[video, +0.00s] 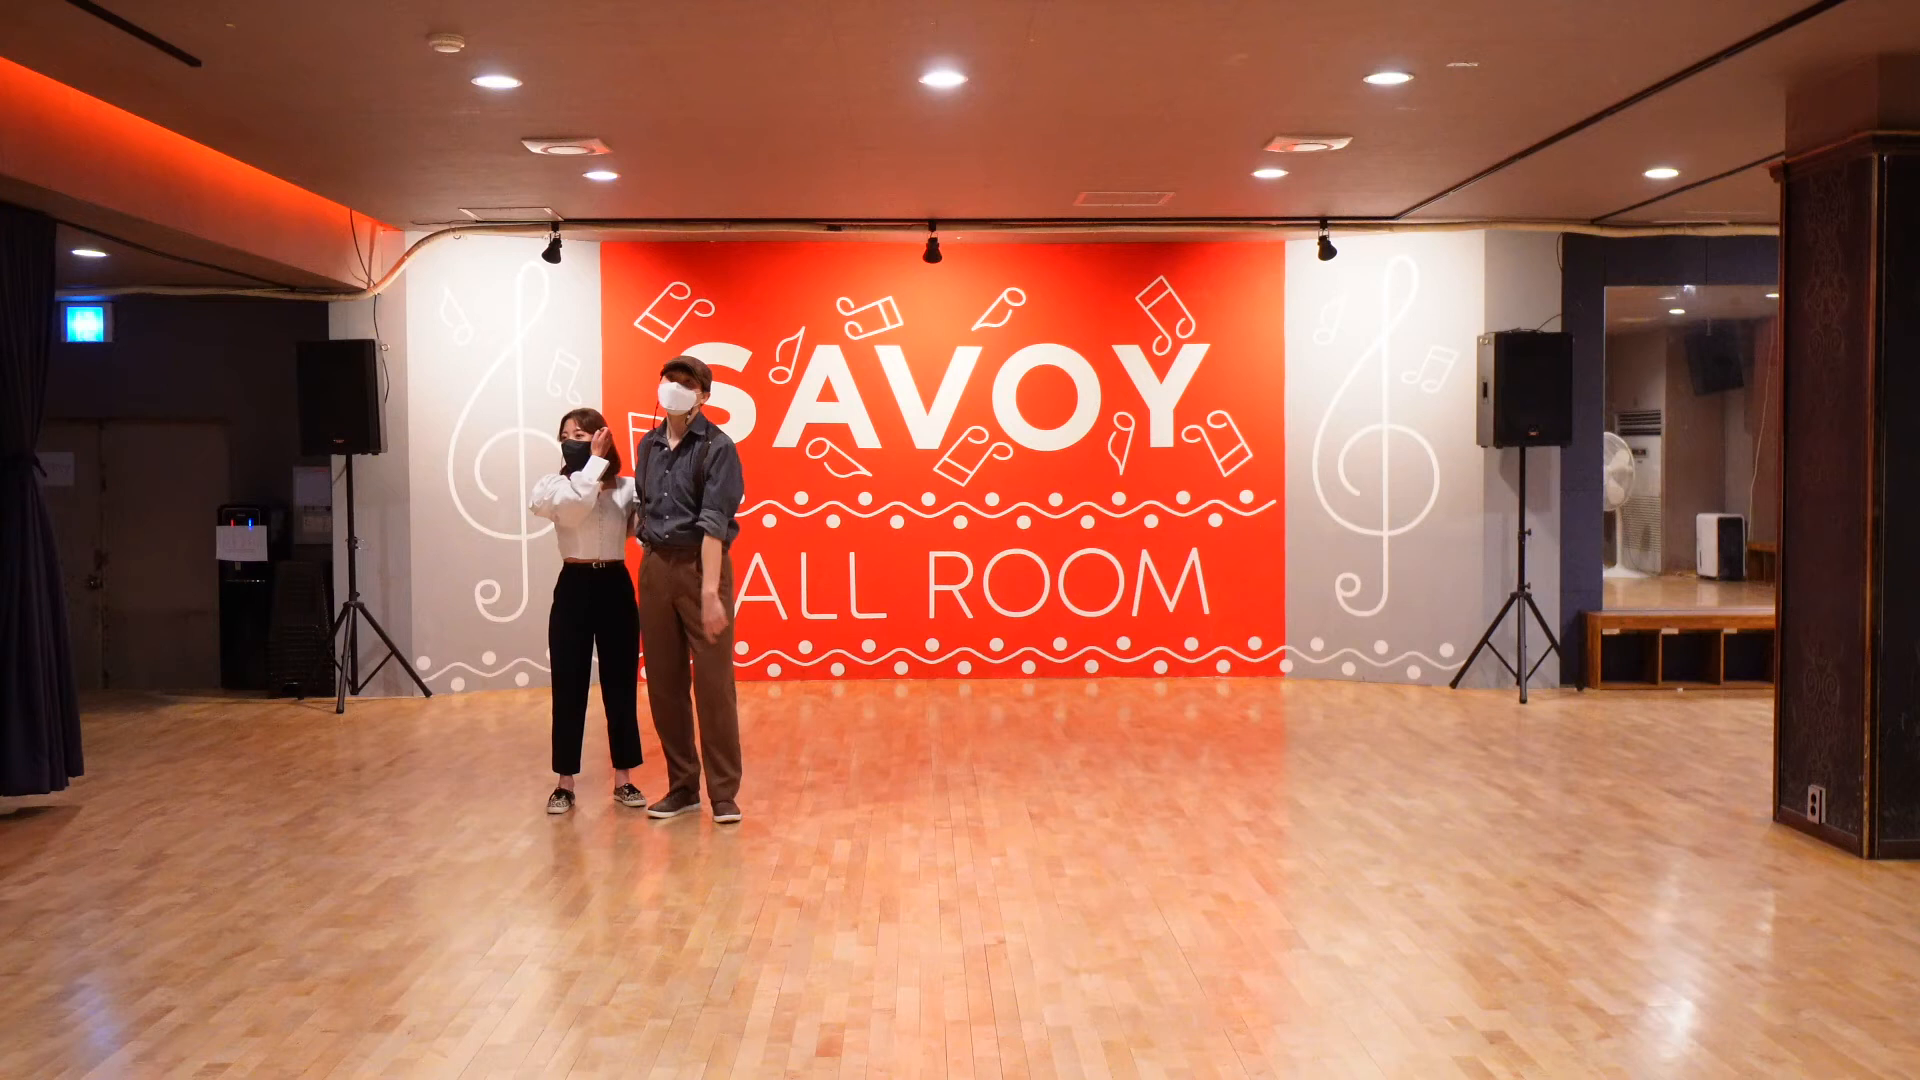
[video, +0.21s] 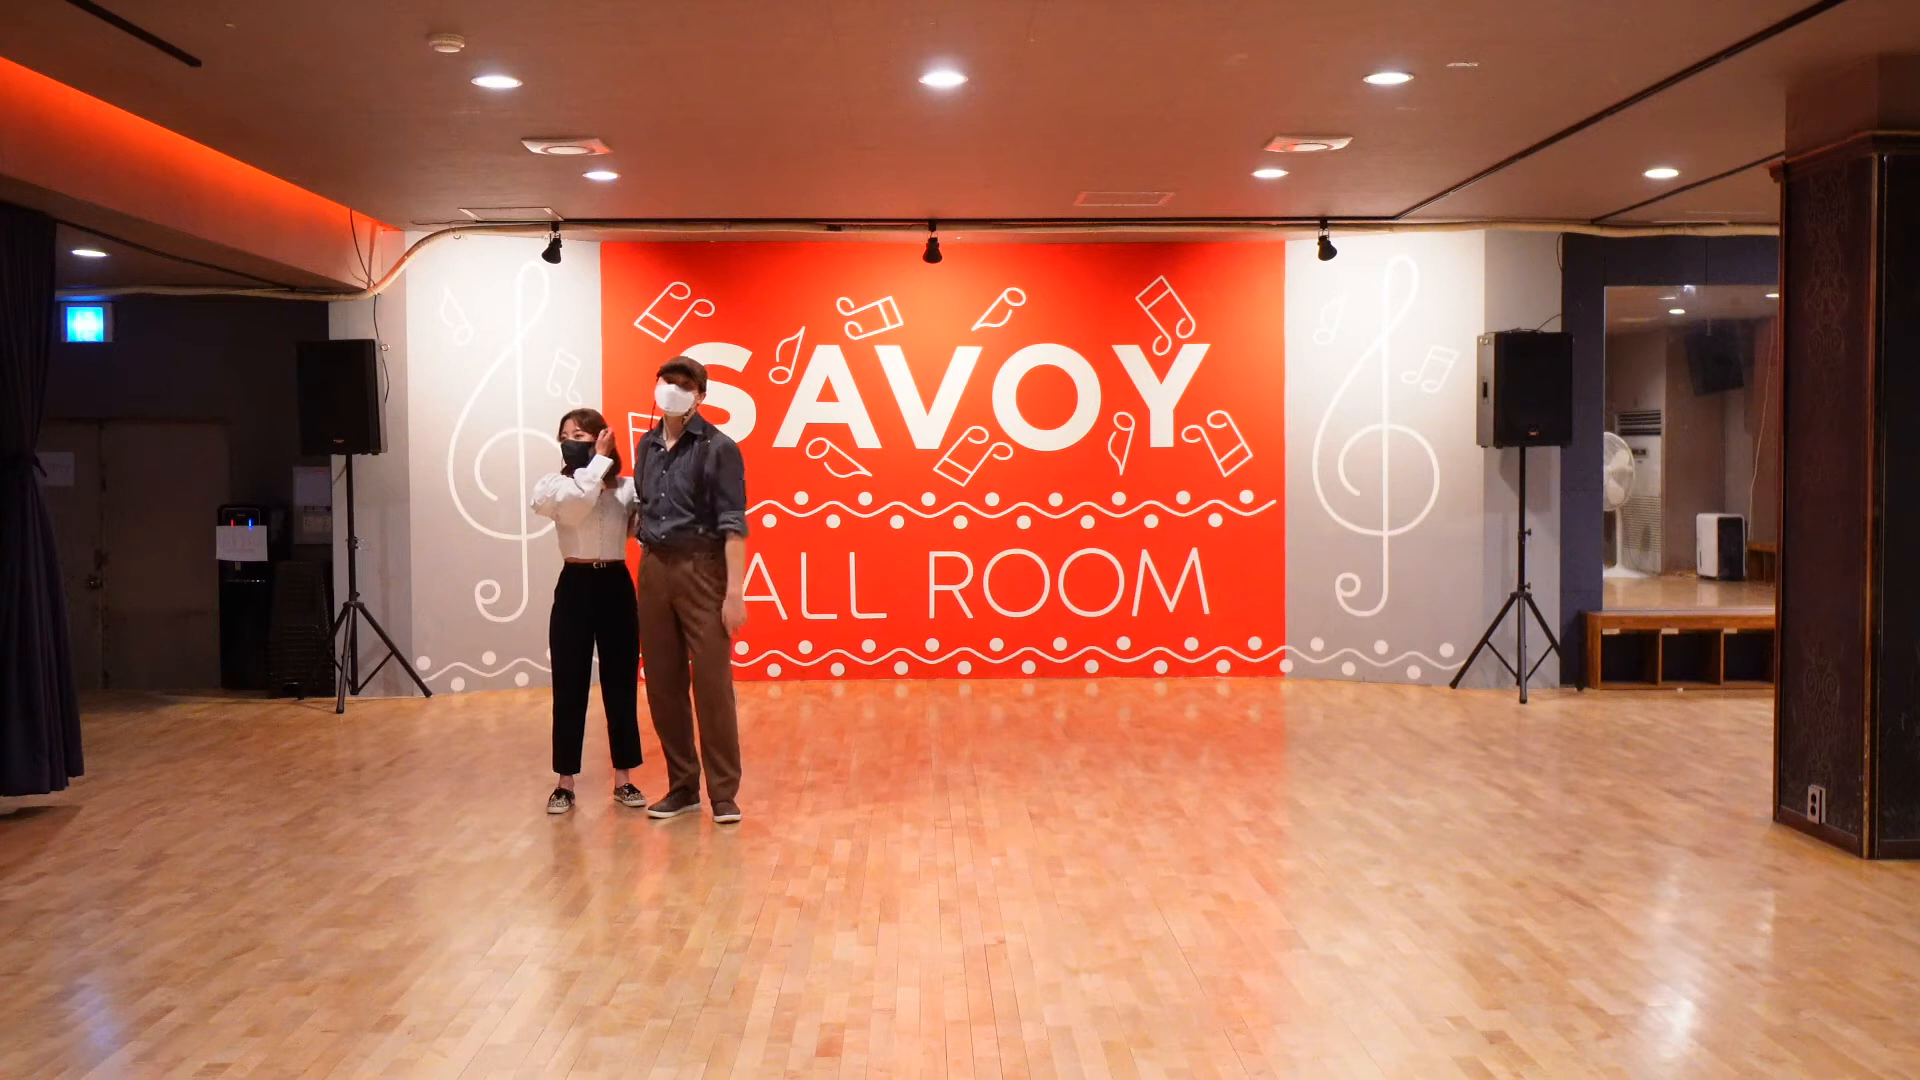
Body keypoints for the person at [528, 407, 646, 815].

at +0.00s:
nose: (571, 440)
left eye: (580, 433)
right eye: (566, 434)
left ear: (599, 440)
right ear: (559, 443)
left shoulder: (625, 487)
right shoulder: (549, 485)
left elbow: (649, 524)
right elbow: (572, 508)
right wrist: (596, 458)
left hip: (617, 588)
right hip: (573, 589)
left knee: (621, 688)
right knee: (569, 688)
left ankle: (623, 781)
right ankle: (564, 784)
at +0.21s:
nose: (571, 439)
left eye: (580, 433)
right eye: (566, 434)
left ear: (599, 440)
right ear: (559, 443)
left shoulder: (624, 487)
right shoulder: (550, 485)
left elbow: (648, 525)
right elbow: (573, 508)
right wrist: (601, 458)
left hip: (617, 587)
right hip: (575, 588)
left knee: (621, 687)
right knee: (569, 687)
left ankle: (623, 781)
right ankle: (564, 784)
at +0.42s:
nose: (574, 438)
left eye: (583, 431)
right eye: (568, 433)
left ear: (602, 440)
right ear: (560, 444)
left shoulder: (624, 487)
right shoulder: (550, 487)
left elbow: (649, 524)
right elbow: (575, 501)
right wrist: (596, 463)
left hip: (618, 587)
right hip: (575, 587)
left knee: (622, 688)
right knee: (570, 688)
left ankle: (623, 781)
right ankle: (564, 784)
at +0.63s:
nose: (579, 435)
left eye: (589, 429)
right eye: (571, 431)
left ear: (606, 440)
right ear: (562, 443)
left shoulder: (623, 489)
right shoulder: (551, 489)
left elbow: (647, 525)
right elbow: (565, 519)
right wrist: (595, 475)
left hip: (617, 589)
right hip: (575, 590)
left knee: (622, 689)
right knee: (569, 690)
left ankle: (623, 781)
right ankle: (564, 784)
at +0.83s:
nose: (587, 433)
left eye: (595, 427)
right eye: (578, 429)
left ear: (608, 439)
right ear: (568, 442)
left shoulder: (627, 486)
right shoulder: (555, 487)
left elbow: (645, 527)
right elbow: (542, 529)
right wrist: (586, 495)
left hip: (618, 590)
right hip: (575, 591)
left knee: (622, 689)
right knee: (569, 690)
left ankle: (623, 781)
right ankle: (565, 784)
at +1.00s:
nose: (593, 433)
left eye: (601, 428)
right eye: (584, 430)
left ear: (613, 439)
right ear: (573, 443)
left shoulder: (631, 490)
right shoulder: (557, 492)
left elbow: (654, 528)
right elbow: (539, 548)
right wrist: (583, 529)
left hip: (621, 591)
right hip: (578, 592)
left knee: (625, 690)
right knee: (571, 691)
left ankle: (624, 781)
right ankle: (565, 784)